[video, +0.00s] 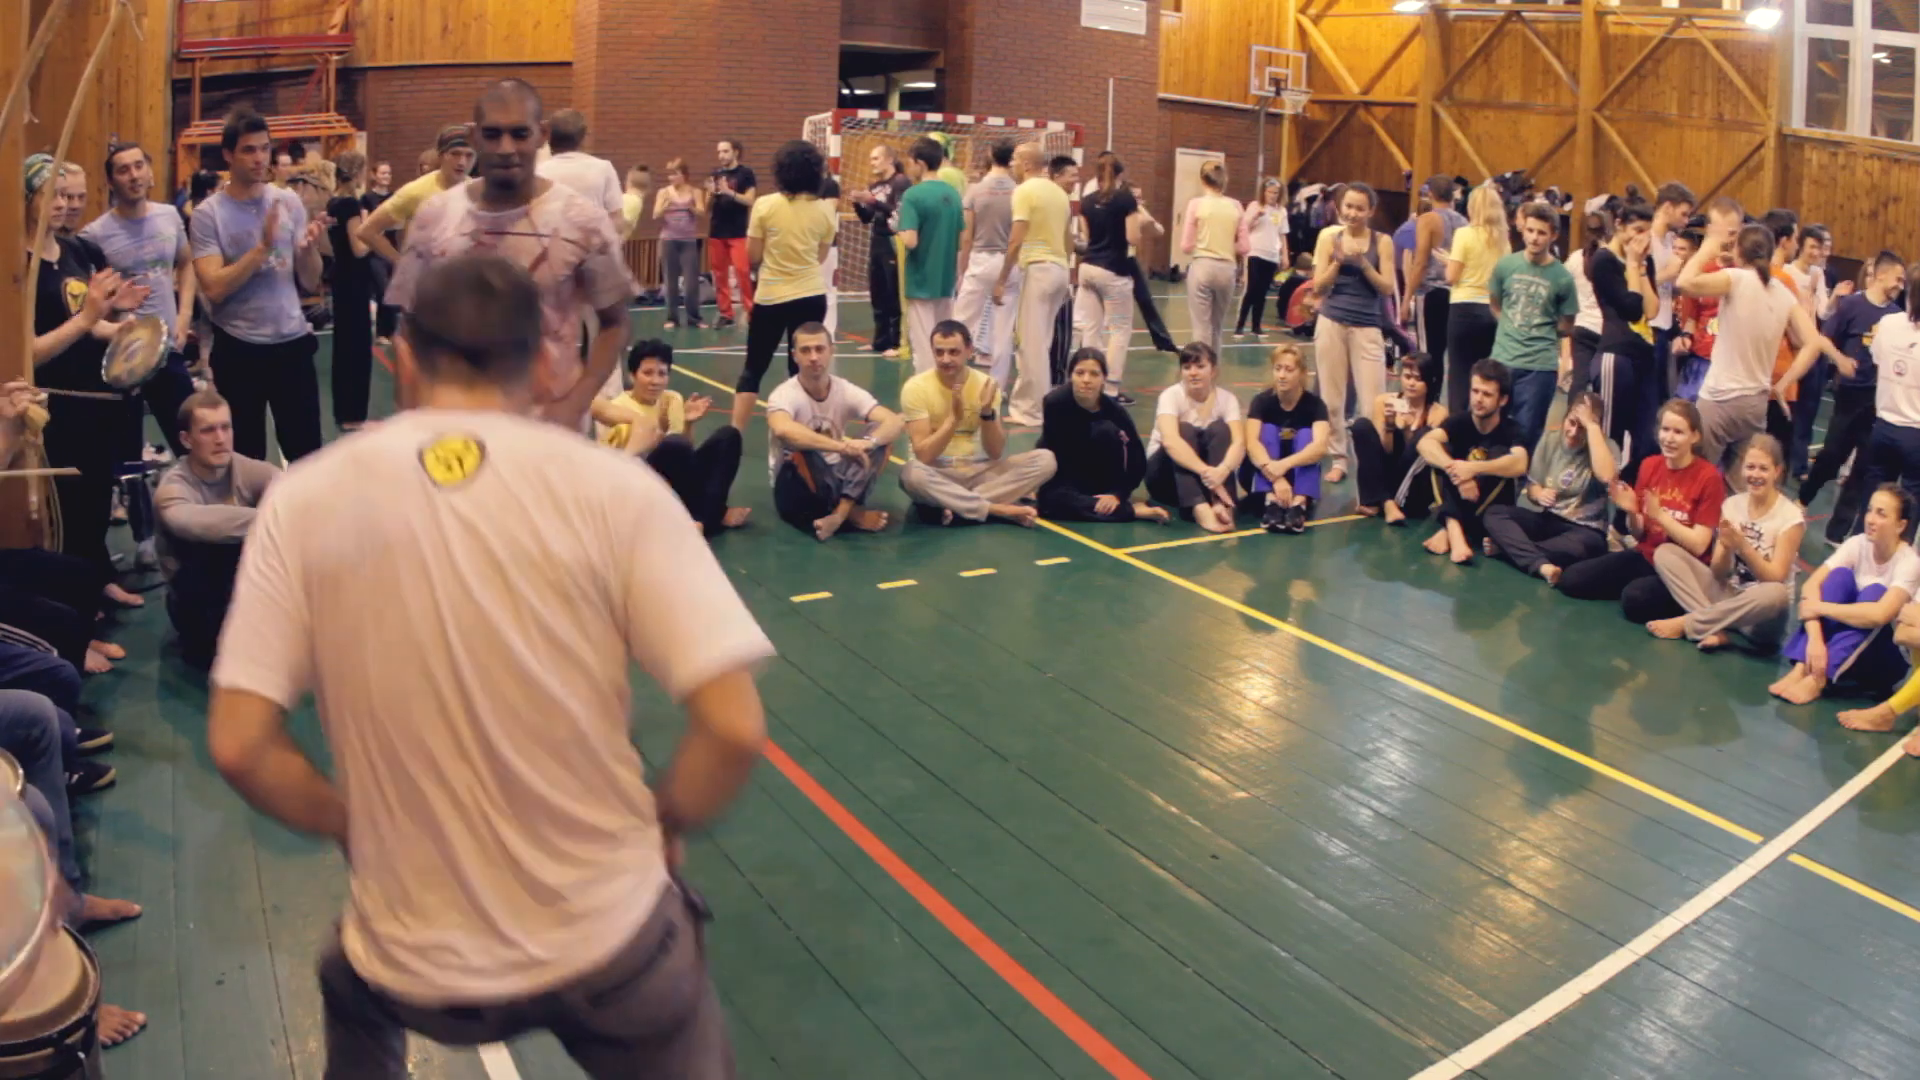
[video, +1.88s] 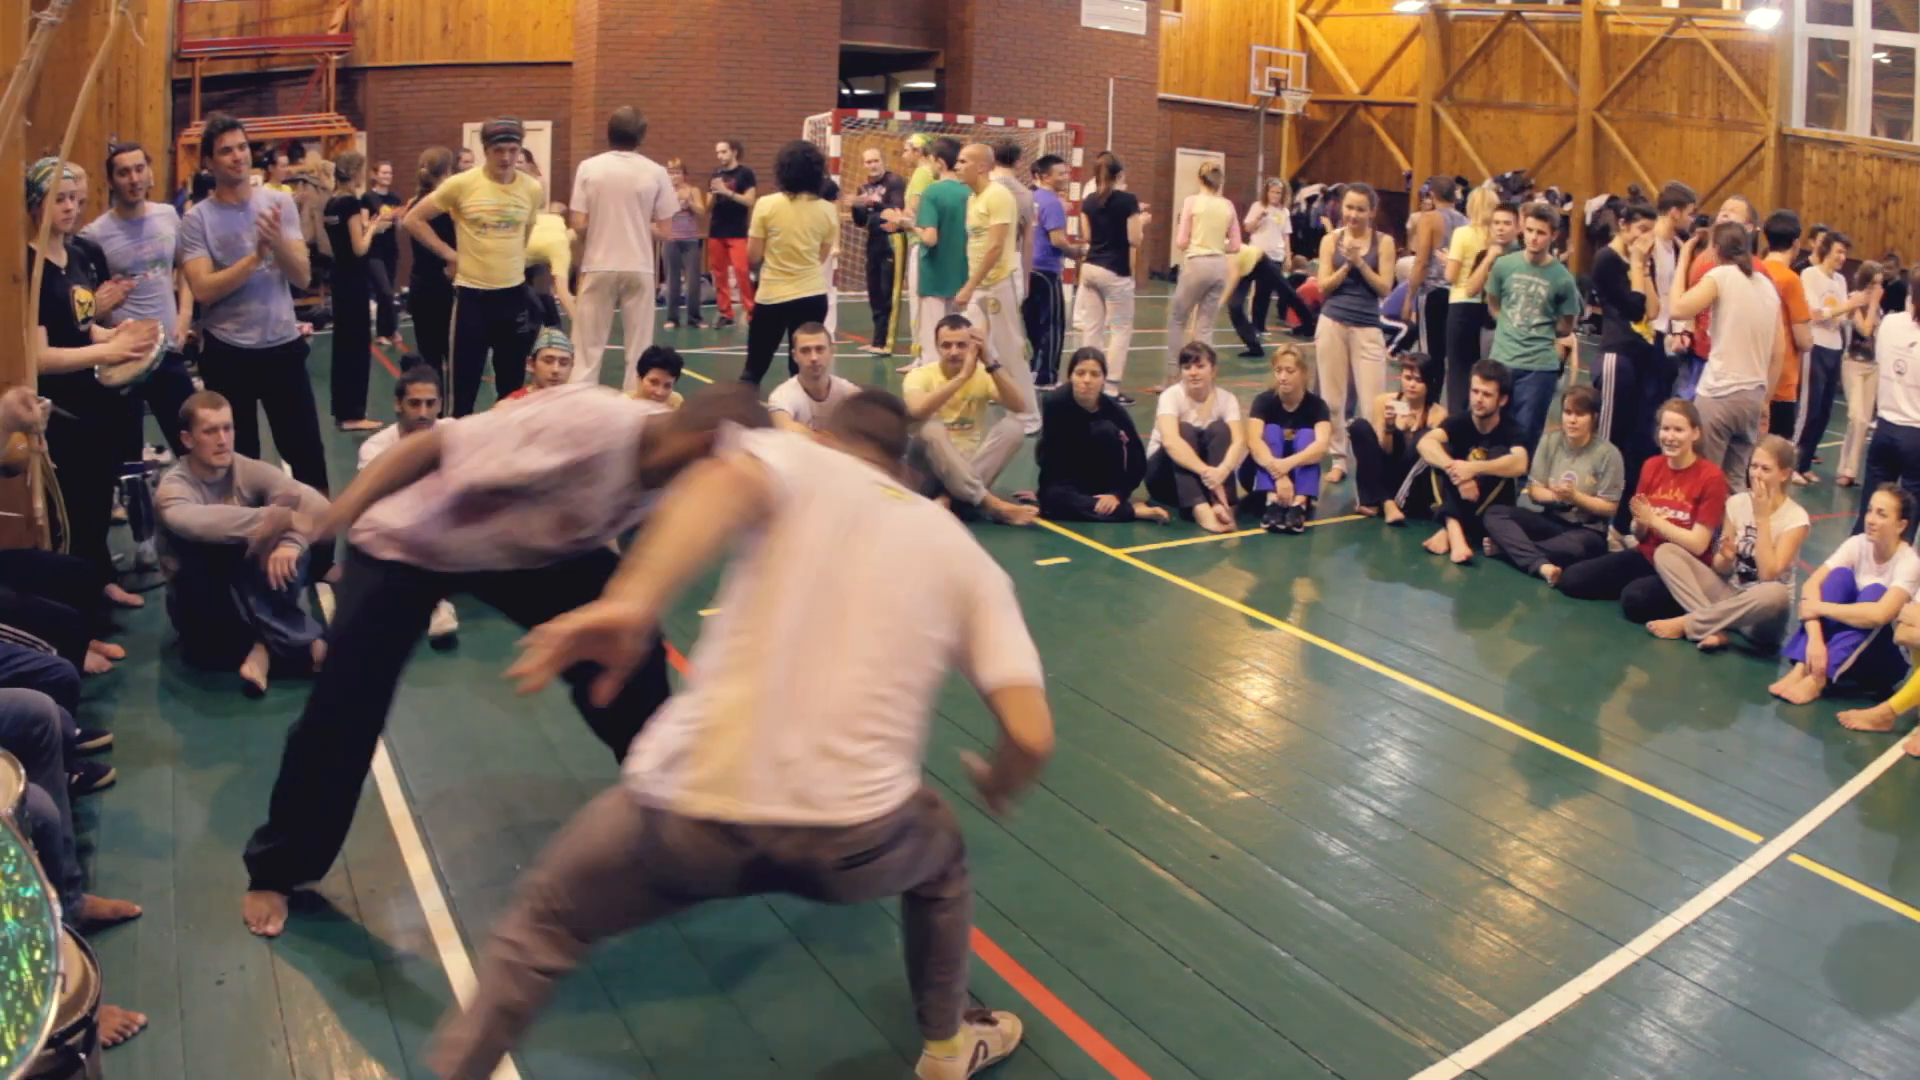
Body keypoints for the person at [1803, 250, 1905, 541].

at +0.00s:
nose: (1899, 285)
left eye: (1901, 280)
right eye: (1895, 278)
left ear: (1899, 281)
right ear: (1877, 275)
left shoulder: (1898, 313)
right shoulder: (1851, 304)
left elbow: (1902, 347)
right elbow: (1824, 339)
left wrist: (1895, 371)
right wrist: (1839, 359)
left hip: (1883, 392)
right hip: (1851, 388)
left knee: (1864, 466)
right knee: (1834, 455)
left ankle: (1840, 529)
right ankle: (1805, 496)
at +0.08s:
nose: (1905, 284)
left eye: (1907, 279)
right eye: (1902, 278)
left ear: (1901, 279)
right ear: (1886, 275)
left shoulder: (1904, 311)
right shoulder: (1858, 304)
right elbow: (1831, 341)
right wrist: (1843, 372)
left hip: (1888, 389)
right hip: (1859, 386)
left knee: (1864, 462)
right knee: (1850, 454)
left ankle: (1842, 527)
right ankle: (1814, 511)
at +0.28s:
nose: (1877, 281)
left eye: (1881, 276)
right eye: (1873, 276)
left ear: (1885, 280)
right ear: (1864, 278)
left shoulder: (1883, 305)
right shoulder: (1855, 301)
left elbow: (1882, 333)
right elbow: (1855, 335)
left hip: (1876, 361)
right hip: (1856, 360)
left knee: (1866, 414)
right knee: (1856, 413)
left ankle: (1856, 467)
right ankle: (1848, 469)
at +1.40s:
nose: (1880, 283)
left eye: (1882, 278)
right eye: (1876, 278)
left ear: (1884, 281)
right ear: (1865, 279)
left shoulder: (1882, 303)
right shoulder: (1854, 299)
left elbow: (1884, 335)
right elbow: (1856, 334)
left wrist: (1883, 315)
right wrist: (1878, 315)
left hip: (1875, 361)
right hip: (1854, 359)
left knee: (1865, 418)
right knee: (1855, 416)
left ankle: (1852, 470)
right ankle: (1846, 470)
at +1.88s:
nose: (1880, 288)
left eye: (1881, 283)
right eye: (1877, 283)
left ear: (1880, 285)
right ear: (1866, 283)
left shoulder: (1878, 306)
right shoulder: (1855, 300)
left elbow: (1879, 332)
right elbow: (1865, 329)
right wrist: (1873, 302)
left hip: (1873, 362)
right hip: (1854, 360)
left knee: (1864, 418)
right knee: (1856, 416)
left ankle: (1850, 469)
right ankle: (1847, 469)